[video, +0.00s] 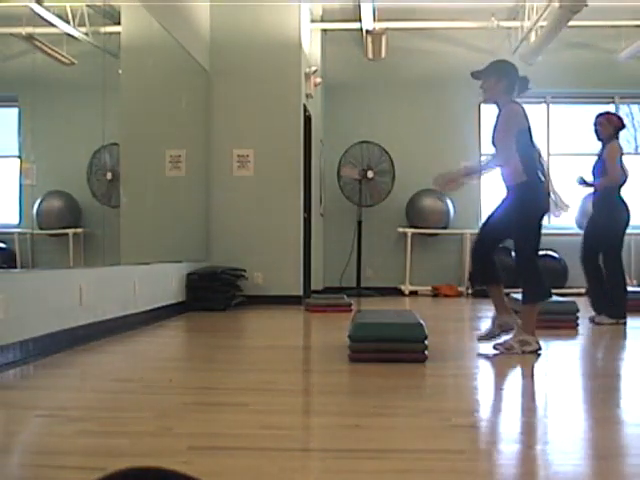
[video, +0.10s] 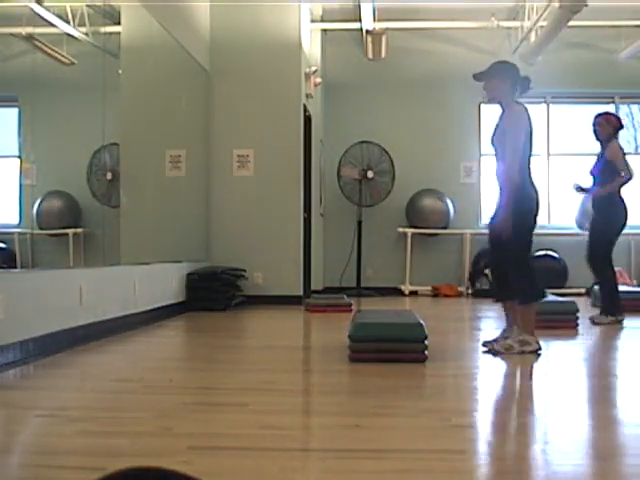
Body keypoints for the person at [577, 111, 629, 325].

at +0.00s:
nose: (597, 129)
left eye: (601, 125)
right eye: (596, 125)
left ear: (613, 127)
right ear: (600, 129)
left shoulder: (611, 148)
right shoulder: (612, 148)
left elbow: (614, 177)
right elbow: (623, 175)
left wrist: (592, 183)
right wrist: (599, 185)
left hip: (606, 206)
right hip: (614, 205)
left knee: (589, 256)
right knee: (612, 257)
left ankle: (605, 309)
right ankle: (616, 309)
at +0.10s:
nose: (596, 129)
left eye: (600, 126)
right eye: (595, 126)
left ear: (612, 127)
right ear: (596, 129)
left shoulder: (613, 148)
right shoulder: (605, 150)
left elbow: (627, 174)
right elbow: (606, 179)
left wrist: (604, 191)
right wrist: (589, 189)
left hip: (610, 207)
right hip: (603, 206)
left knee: (599, 257)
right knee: (597, 257)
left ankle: (612, 310)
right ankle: (610, 307)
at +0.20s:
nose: (592, 130)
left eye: (596, 127)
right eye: (591, 127)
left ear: (608, 130)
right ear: (591, 131)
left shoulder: (612, 149)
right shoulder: (594, 154)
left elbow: (637, 162)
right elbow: (583, 181)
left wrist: (625, 185)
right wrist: (567, 173)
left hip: (617, 209)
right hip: (608, 210)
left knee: (580, 243)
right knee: (602, 256)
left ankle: (596, 294)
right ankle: (612, 307)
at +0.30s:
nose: (594, 129)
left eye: (598, 126)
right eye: (592, 126)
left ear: (609, 129)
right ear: (592, 130)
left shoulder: (613, 148)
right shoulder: (594, 153)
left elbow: (638, 157)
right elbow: (578, 176)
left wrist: (629, 186)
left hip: (616, 208)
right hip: (608, 208)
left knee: (579, 241)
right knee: (605, 255)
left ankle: (597, 290)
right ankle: (612, 305)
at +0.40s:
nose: (597, 130)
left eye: (601, 126)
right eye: (596, 126)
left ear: (612, 129)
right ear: (597, 129)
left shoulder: (616, 148)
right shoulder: (603, 150)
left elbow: (637, 164)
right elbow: (600, 180)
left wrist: (623, 186)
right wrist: (580, 183)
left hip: (611, 207)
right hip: (605, 207)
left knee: (591, 254)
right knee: (605, 255)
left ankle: (608, 306)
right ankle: (613, 304)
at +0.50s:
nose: (599, 130)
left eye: (603, 126)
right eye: (598, 127)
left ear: (615, 129)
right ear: (599, 130)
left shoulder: (616, 149)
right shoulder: (608, 151)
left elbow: (626, 176)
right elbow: (611, 179)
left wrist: (603, 188)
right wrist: (594, 194)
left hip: (610, 207)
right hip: (602, 207)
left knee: (604, 258)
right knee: (600, 258)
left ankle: (616, 309)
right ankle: (611, 306)